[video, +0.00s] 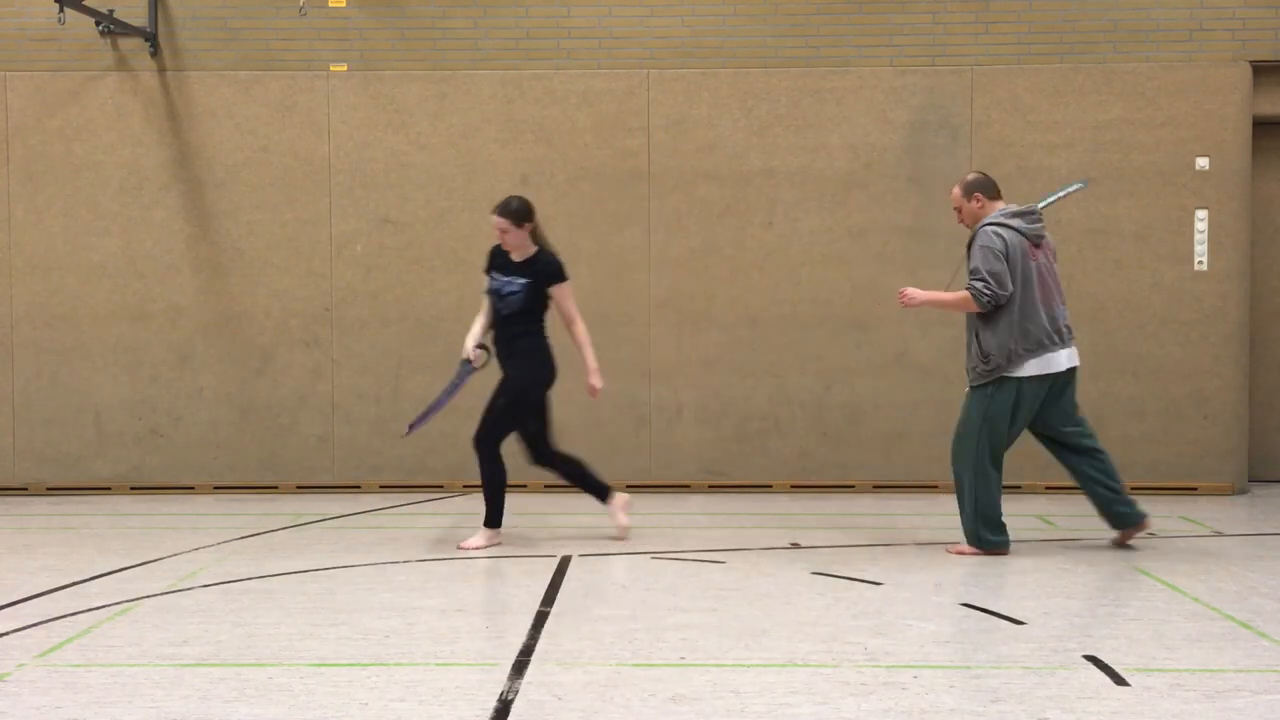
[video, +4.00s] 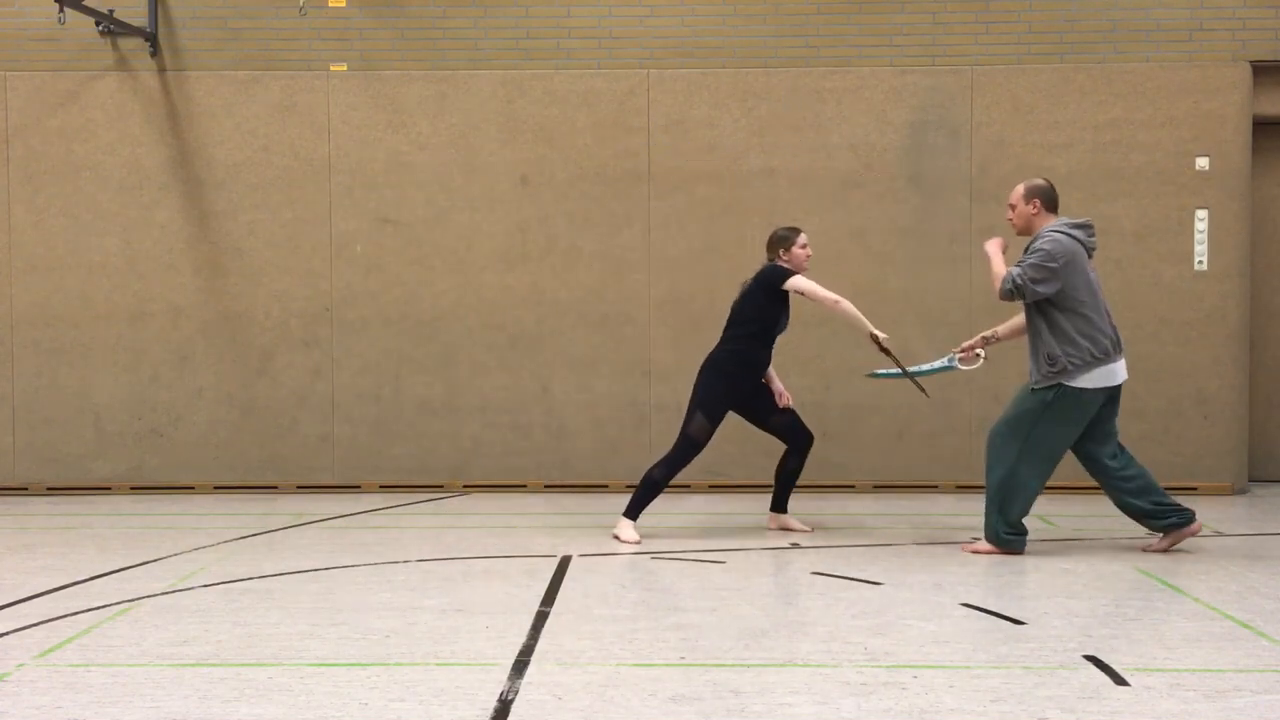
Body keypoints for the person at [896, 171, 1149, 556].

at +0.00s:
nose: (957, 218)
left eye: (958, 209)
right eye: (955, 210)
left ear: (977, 201)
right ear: (988, 199)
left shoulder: (989, 235)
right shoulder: (1030, 229)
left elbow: (986, 296)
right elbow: (1041, 287)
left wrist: (927, 297)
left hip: (1013, 368)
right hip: (1057, 360)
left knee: (972, 448)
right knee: (1070, 437)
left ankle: (987, 539)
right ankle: (1128, 517)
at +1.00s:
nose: (1057, 204)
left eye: (1061, 196)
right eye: (1057, 197)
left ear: (1085, 194)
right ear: (1091, 194)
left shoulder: (1090, 234)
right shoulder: (1122, 229)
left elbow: (1033, 264)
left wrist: (1041, 224)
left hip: (1086, 370)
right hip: (1126, 368)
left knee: (1042, 444)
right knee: (1132, 451)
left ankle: (1017, 537)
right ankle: (1172, 534)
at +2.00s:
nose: (970, 195)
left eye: (975, 187)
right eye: (970, 187)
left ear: (999, 189)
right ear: (1002, 190)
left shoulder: (1004, 233)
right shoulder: (1020, 225)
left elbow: (956, 271)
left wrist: (948, 234)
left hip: (1000, 367)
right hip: (1022, 364)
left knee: (976, 446)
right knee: (1002, 439)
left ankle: (1003, 536)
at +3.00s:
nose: (848, 205)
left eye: (853, 198)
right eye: (846, 198)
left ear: (878, 198)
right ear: (868, 199)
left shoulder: (915, 235)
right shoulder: (846, 246)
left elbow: (911, 282)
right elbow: (804, 263)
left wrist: (865, 245)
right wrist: (749, 250)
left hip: (909, 371)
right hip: (857, 372)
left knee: (929, 447)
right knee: (829, 441)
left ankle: (981, 526)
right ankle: (829, 529)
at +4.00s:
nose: (1009, 215)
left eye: (1012, 207)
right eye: (1009, 208)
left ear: (1034, 207)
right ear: (1039, 208)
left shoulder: (1051, 245)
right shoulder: (1064, 242)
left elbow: (1007, 287)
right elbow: (1037, 316)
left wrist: (996, 255)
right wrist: (987, 339)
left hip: (1075, 376)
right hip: (1103, 372)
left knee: (1008, 439)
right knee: (1099, 451)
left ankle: (1004, 538)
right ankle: (1175, 521)